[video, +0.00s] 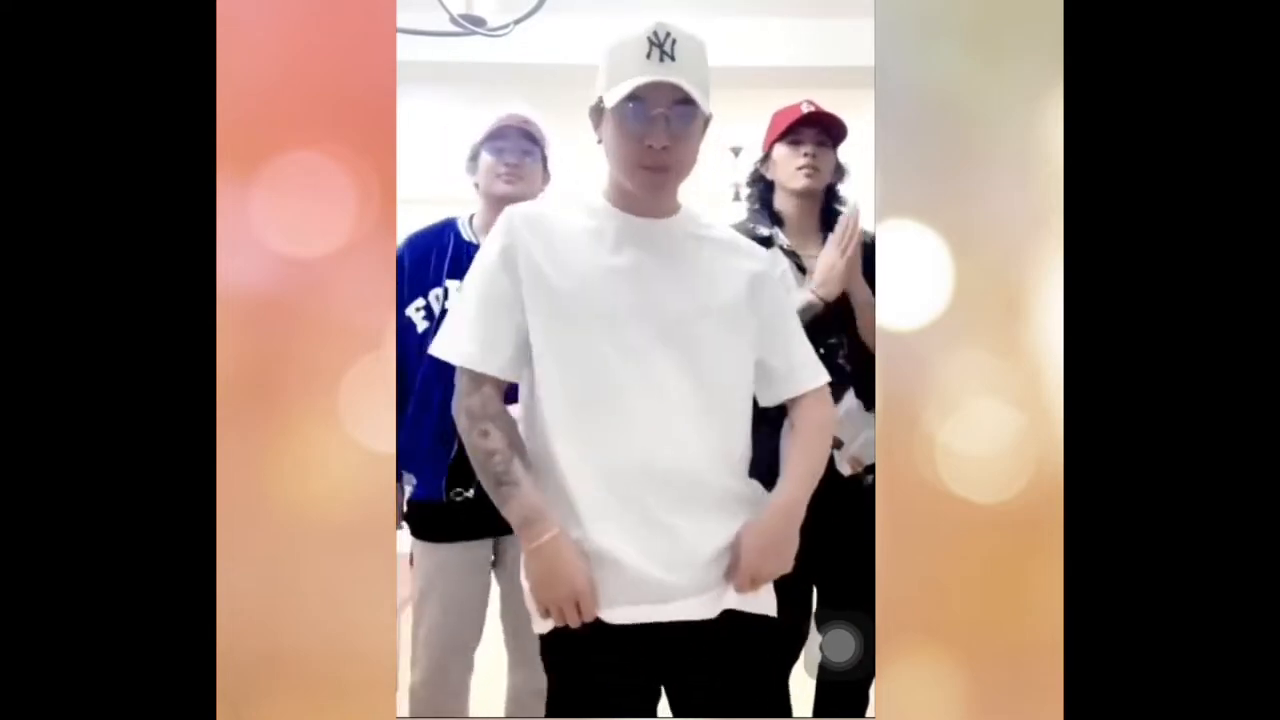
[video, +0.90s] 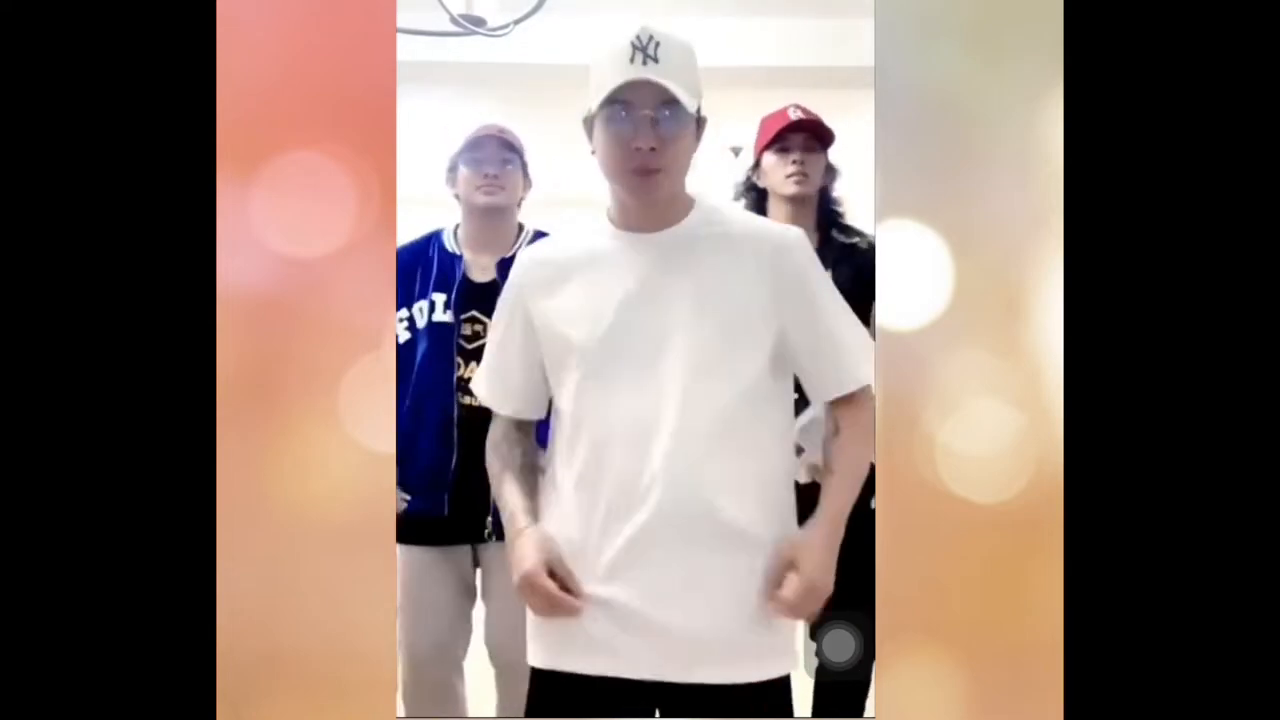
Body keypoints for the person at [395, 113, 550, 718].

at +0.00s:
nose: (511, 160)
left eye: (527, 153)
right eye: (498, 150)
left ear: (545, 179)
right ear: (473, 168)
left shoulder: (559, 260)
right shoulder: (420, 254)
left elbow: (581, 380)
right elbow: (386, 376)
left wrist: (574, 488)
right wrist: (388, 491)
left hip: (538, 498)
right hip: (447, 498)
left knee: (541, 670)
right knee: (439, 673)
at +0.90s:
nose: (491, 170)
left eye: (506, 161)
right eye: (477, 161)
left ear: (527, 183)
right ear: (452, 181)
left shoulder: (554, 264)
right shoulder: (404, 266)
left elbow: (579, 381)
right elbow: (369, 380)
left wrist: (565, 482)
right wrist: (378, 481)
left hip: (523, 503)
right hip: (426, 505)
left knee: (520, 661)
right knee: (427, 667)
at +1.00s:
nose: (490, 167)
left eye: (504, 158)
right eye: (475, 158)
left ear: (525, 181)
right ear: (451, 178)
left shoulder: (555, 261)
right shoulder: (402, 260)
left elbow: (580, 372)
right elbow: (348, 347)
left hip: (521, 504)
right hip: (424, 505)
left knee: (518, 661)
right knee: (425, 667)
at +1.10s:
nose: (488, 165)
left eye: (502, 156)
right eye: (475, 156)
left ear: (525, 175)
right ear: (451, 173)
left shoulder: (543, 255)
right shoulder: (411, 249)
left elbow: (571, 341)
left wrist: (523, 256)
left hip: (515, 489)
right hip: (424, 489)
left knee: (511, 651)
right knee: (428, 656)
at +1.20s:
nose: (490, 179)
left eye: (504, 169)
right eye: (477, 169)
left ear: (526, 188)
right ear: (455, 185)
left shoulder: (546, 271)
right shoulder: (408, 265)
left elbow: (575, 375)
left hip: (516, 501)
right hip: (421, 498)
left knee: (516, 675)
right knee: (424, 675)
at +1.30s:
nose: (486, 189)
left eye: (499, 177)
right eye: (473, 178)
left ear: (522, 191)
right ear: (453, 193)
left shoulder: (544, 279)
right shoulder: (411, 272)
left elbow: (570, 381)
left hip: (517, 519)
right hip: (419, 519)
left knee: (511, 695)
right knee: (422, 691)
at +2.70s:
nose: (479, 173)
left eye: (492, 160)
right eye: (463, 164)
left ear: (515, 176)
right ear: (442, 185)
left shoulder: (551, 260)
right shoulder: (408, 270)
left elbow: (580, 369)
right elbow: (380, 380)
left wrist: (578, 479)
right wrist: (388, 480)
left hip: (526, 500)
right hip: (432, 501)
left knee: (522, 669)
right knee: (429, 669)